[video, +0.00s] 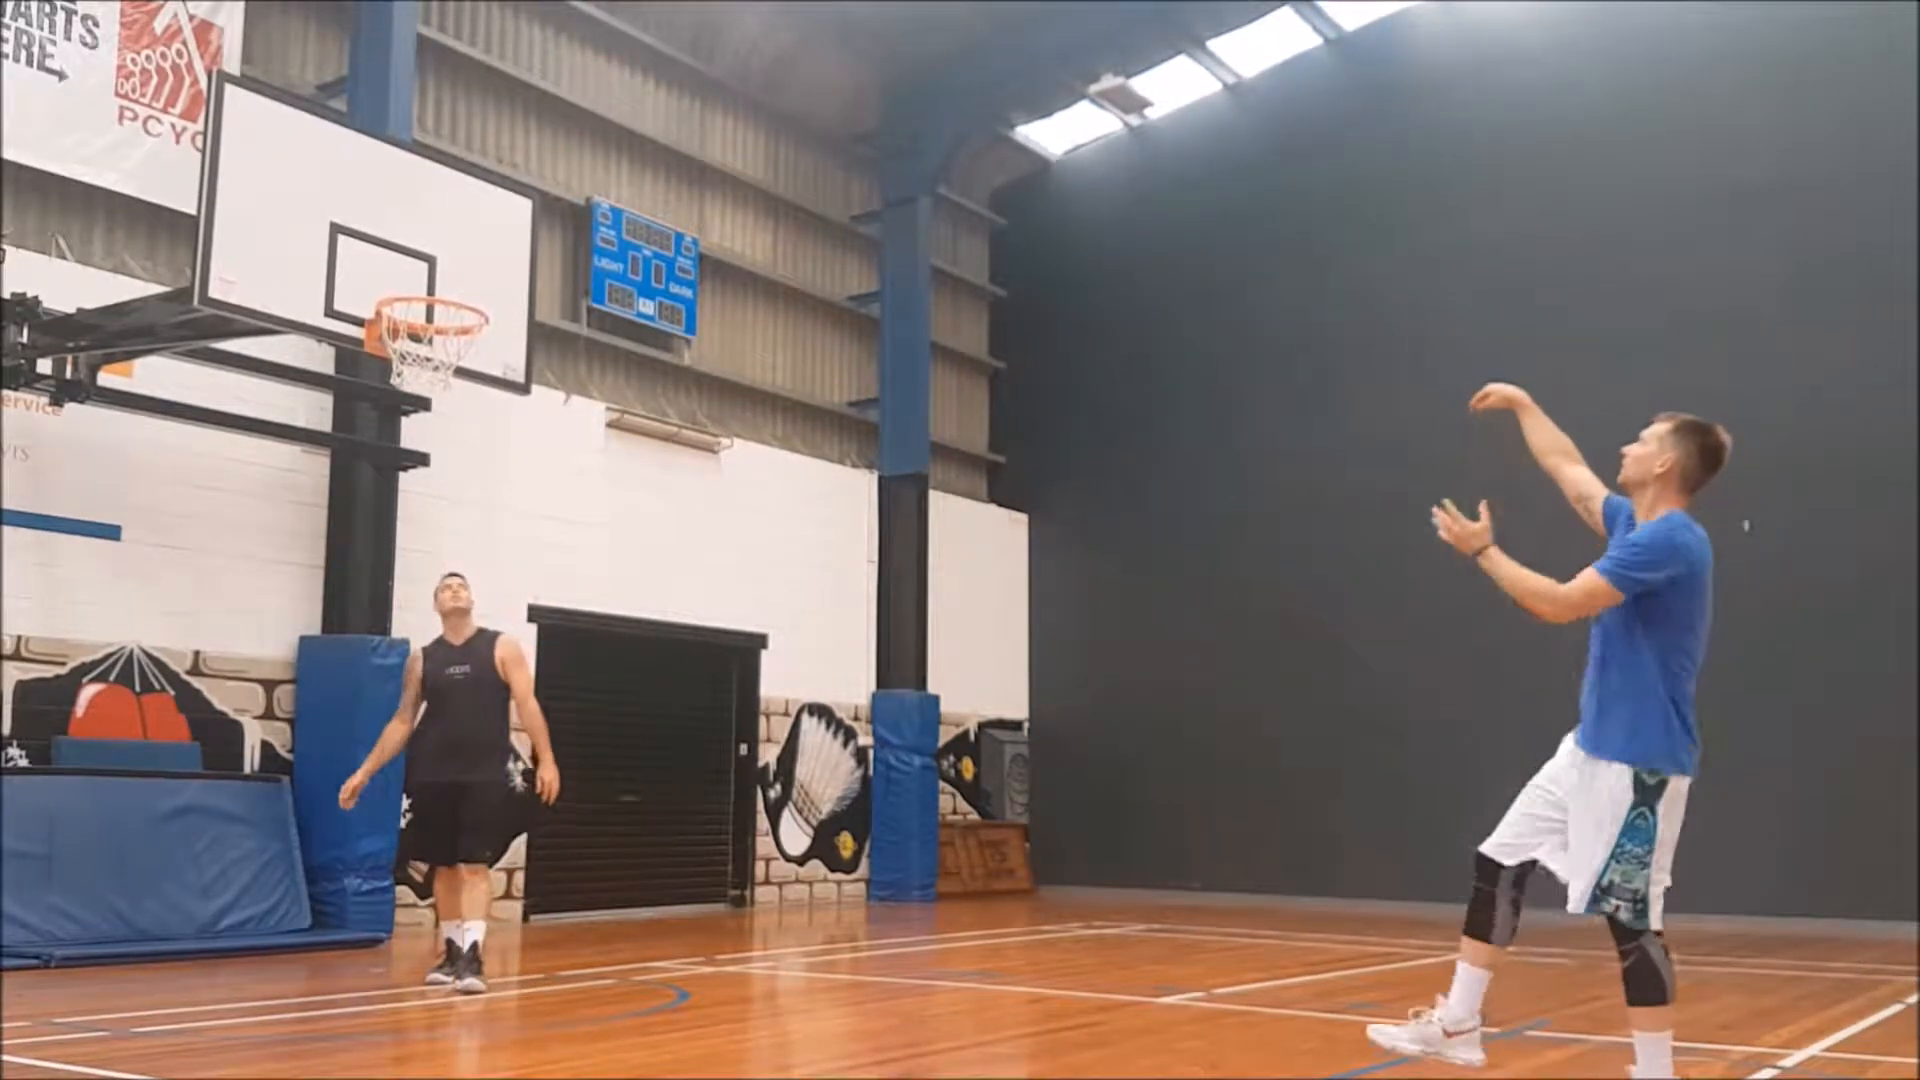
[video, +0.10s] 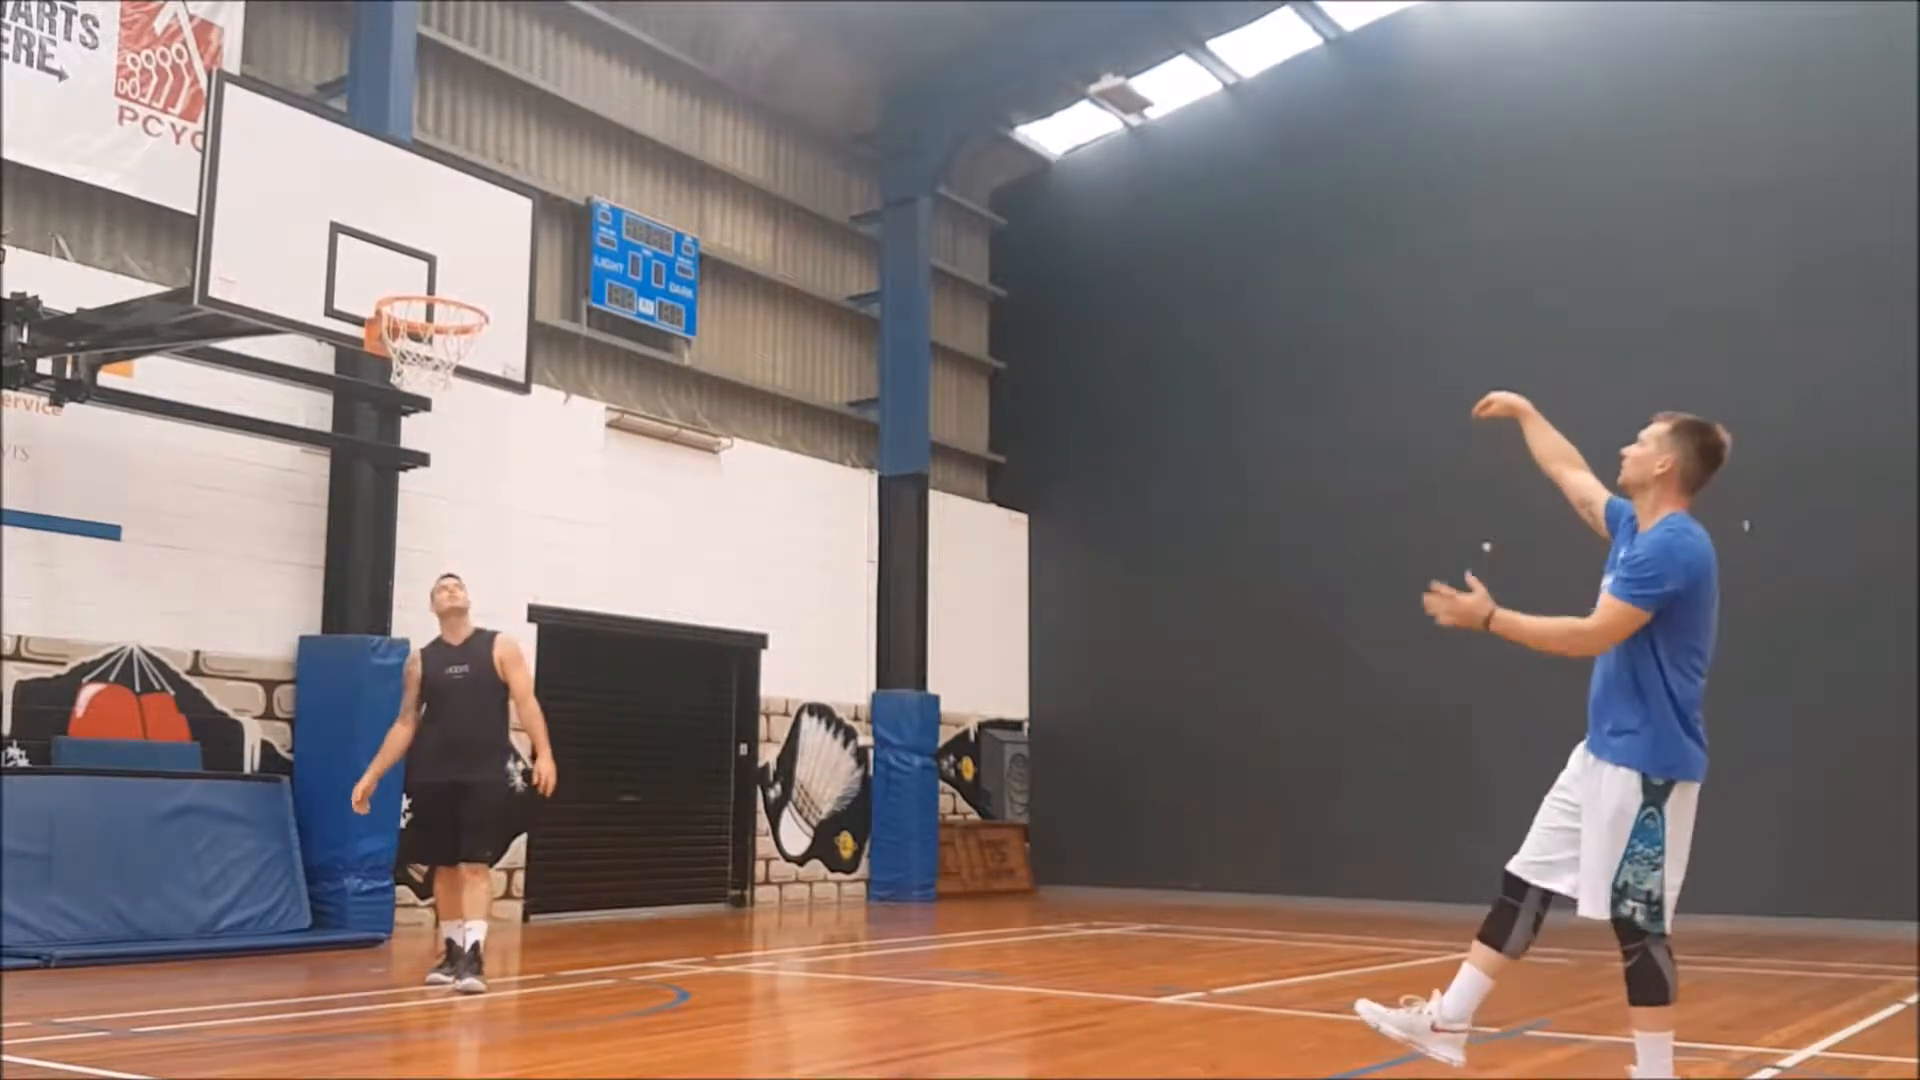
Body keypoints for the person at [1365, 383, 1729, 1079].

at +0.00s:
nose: (1628, 445)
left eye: (1644, 439)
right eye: (1639, 436)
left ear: (1669, 464)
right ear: (1665, 466)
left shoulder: (1673, 540)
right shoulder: (1629, 520)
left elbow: (1562, 603)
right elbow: (1570, 470)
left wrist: (1482, 551)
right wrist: (1523, 403)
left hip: (1642, 763)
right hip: (1588, 748)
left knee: (1631, 915)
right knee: (1500, 863)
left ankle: (1654, 1069)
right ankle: (1457, 1021)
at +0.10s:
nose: (1627, 449)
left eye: (1642, 443)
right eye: (1636, 440)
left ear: (1671, 468)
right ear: (1666, 468)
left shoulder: (1675, 544)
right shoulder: (1632, 523)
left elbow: (1591, 637)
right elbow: (1572, 473)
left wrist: (1489, 617)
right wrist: (1525, 410)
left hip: (1653, 765)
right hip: (1601, 752)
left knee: (1638, 918)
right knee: (1528, 880)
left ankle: (1655, 1069)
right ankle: (1446, 1020)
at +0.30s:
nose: (1631, 451)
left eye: (1644, 443)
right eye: (1640, 441)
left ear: (1673, 464)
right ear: (1671, 466)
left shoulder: (1679, 546)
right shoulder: (1640, 526)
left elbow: (1659, 663)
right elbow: (1581, 480)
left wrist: (1603, 753)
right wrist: (1531, 423)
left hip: (1668, 767)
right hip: (1621, 758)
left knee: (1651, 920)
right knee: (1570, 898)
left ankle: (1656, 1069)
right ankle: (1558, 1055)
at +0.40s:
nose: (1639, 451)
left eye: (1653, 443)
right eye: (1647, 441)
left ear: (1681, 465)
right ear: (1677, 467)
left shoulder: (1685, 548)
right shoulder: (1644, 527)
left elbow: (1690, 665)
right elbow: (1586, 483)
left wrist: (1689, 772)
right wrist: (1536, 428)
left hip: (1669, 771)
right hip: (1625, 760)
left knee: (1650, 919)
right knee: (1595, 905)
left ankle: (1659, 1067)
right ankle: (1646, 1050)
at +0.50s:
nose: (1650, 450)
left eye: (1664, 444)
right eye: (1659, 442)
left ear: (1692, 469)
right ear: (1689, 472)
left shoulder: (1698, 546)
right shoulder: (1657, 531)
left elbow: (1727, 660)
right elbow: (1591, 487)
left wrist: (1738, 767)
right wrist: (1540, 432)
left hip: (1682, 771)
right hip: (1647, 763)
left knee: (1657, 924)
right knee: (1644, 918)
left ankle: (1654, 1071)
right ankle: (1748, 1055)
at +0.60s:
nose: (1664, 454)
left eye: (1677, 448)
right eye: (1673, 446)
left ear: (1705, 471)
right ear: (1700, 474)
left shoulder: (1716, 546)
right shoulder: (1668, 535)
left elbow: (1750, 658)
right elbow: (1601, 500)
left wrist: (1758, 766)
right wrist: (1552, 444)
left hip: (1695, 771)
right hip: (1671, 764)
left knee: (1660, 922)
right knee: (1706, 926)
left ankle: (1655, 1071)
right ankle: (1798, 1063)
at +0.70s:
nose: (1678, 457)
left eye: (1692, 450)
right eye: (1686, 448)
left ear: (1721, 473)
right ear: (1718, 477)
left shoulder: (1731, 547)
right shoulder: (1689, 545)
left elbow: (1758, 660)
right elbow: (1615, 535)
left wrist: (1753, 767)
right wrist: (1571, 469)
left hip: (1707, 770)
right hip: (1704, 765)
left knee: (1677, 924)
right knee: (1743, 924)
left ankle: (1657, 1069)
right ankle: (1804, 1065)